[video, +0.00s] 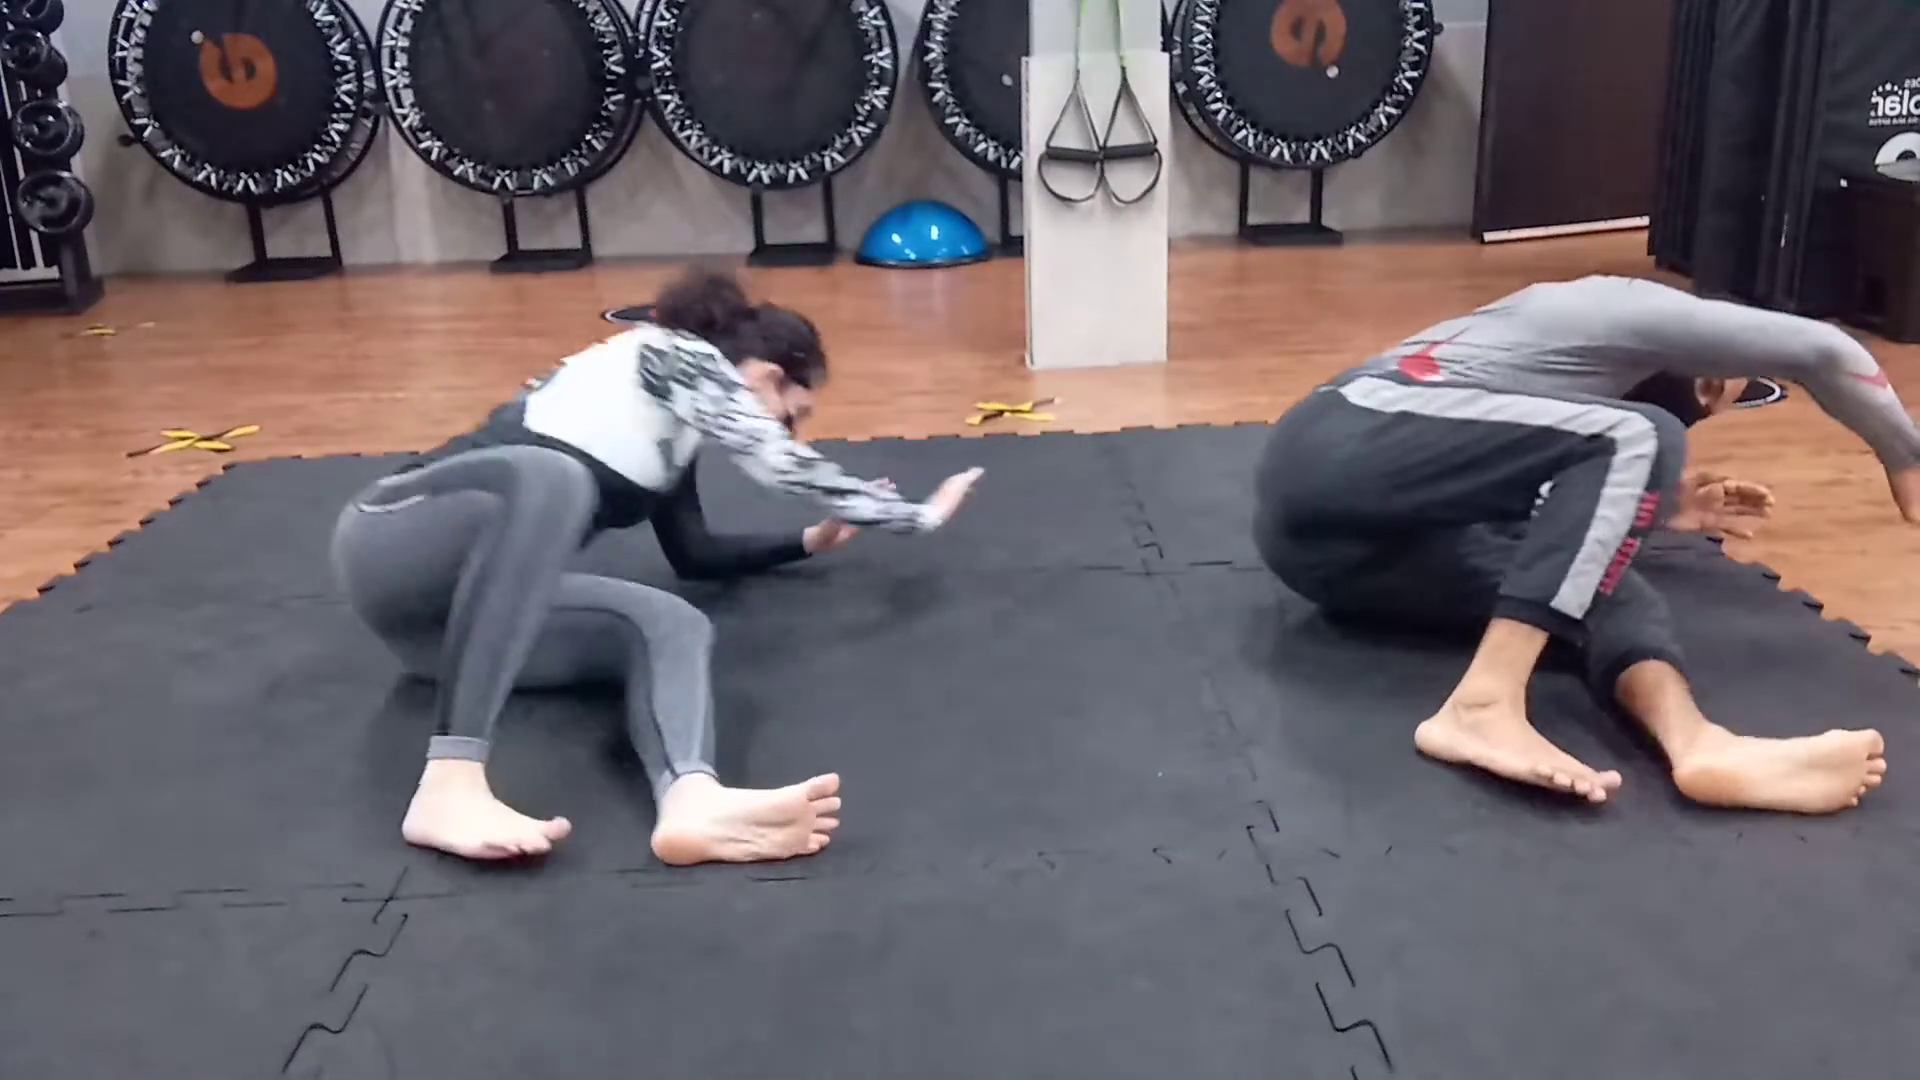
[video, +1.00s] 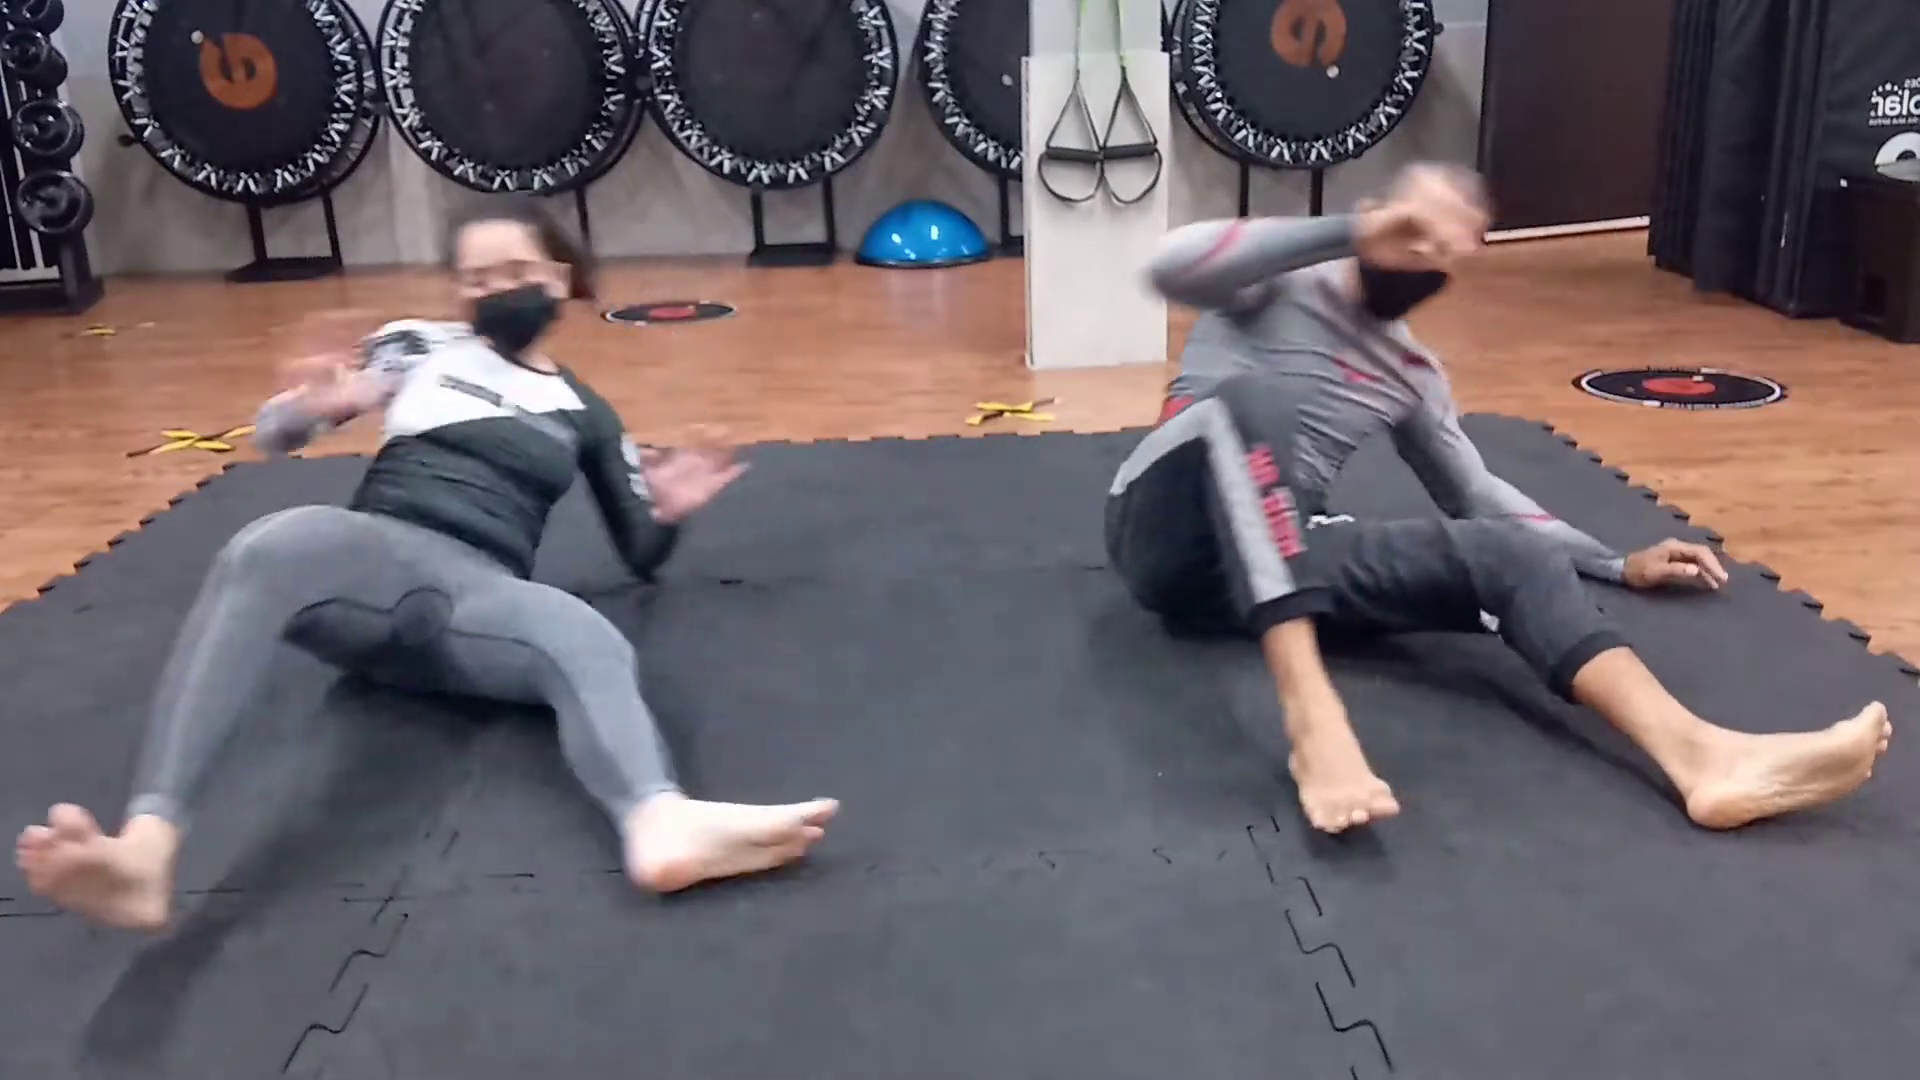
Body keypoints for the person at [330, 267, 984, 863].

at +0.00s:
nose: (783, 430)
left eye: (795, 420)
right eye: (788, 410)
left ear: (750, 377)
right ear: (755, 363)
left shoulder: (663, 424)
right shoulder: (672, 354)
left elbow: (692, 556)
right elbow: (783, 464)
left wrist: (806, 543)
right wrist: (914, 514)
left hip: (465, 622)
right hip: (389, 545)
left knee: (670, 620)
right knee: (554, 480)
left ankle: (689, 796)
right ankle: (452, 779)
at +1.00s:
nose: (500, 287)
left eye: (521, 272)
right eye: (480, 276)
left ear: (564, 284)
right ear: (458, 292)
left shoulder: (587, 412)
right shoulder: (412, 350)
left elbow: (640, 555)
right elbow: (272, 438)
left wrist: (669, 514)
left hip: (489, 581)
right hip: (379, 540)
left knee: (590, 636)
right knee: (258, 552)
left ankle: (657, 819)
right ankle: (145, 848)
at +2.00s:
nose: (144, 299)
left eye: (152, 276)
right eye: (138, 281)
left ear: (224, 262)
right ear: (212, 270)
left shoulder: (340, 337)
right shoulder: (211, 406)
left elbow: (327, 435)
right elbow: (212, 549)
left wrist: (163, 410)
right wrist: (78, 566)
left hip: (381, 581)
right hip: (261, 618)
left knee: (269, 588)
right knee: (73, 691)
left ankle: (378, 841)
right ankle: (130, 908)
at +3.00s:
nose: (105, 359)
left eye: (107, 339)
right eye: (99, 347)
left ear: (159, 320)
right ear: (161, 323)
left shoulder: (248, 343)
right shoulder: (203, 438)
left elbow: (129, 431)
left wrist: (5, 448)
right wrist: (125, 616)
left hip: (359, 586)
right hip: (295, 656)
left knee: (85, 477)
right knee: (48, 704)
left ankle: (224, 758)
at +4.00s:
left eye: (89, 379)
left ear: (128, 360)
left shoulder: (150, 360)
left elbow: (7, 440)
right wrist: (149, 468)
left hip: (368, 508)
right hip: (393, 633)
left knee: (30, 507)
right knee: (102, 717)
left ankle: (217, 742)